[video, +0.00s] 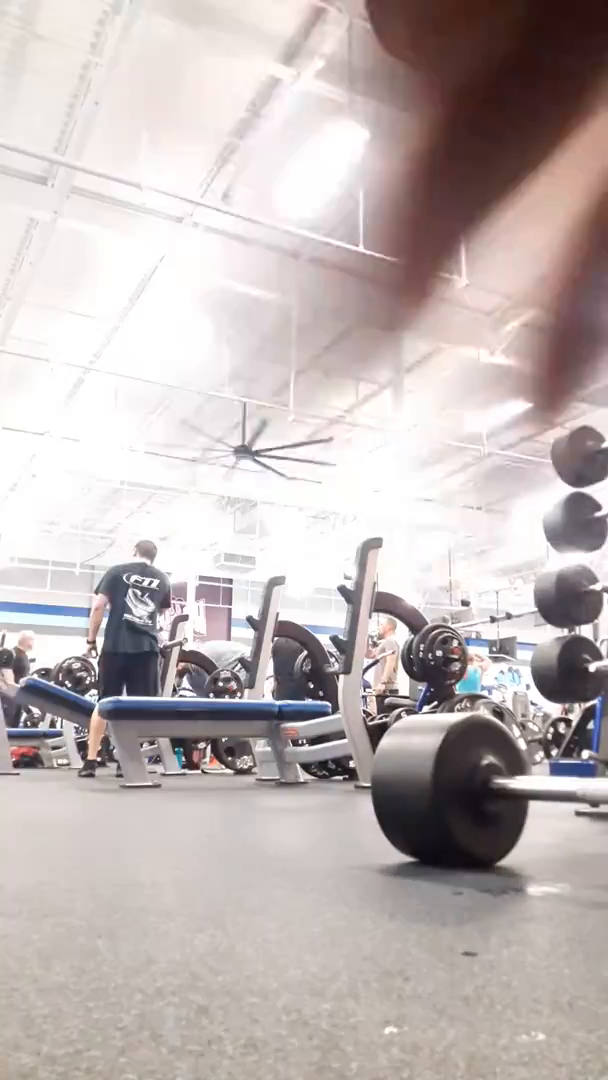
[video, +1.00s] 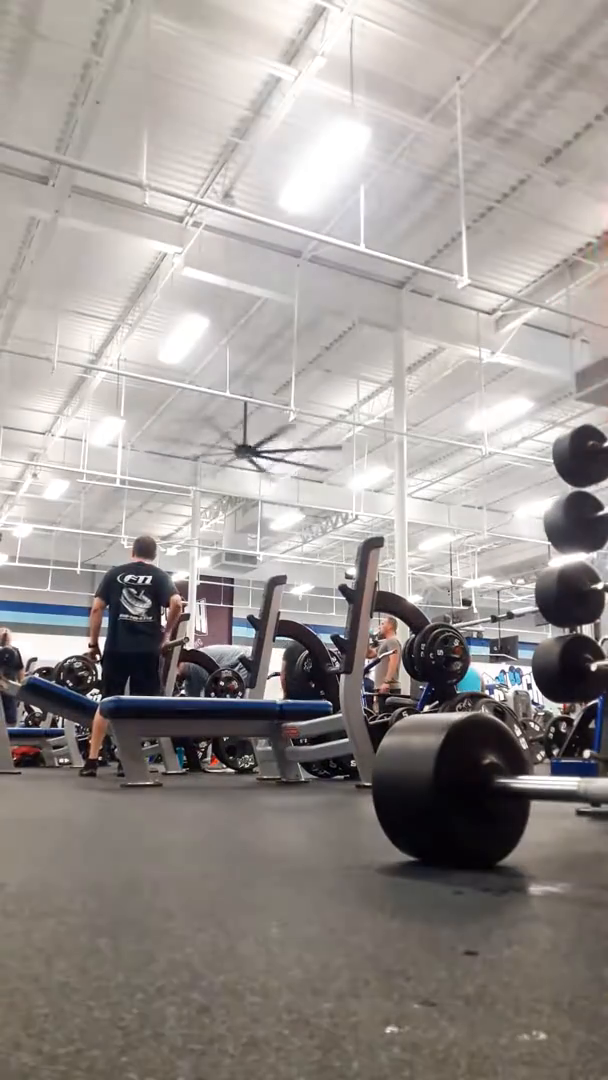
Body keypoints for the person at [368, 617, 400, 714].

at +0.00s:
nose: (379, 627)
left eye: (382, 625)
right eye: (380, 625)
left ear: (389, 627)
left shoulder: (390, 643)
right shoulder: (384, 643)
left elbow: (390, 663)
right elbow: (370, 654)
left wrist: (383, 682)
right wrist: (366, 640)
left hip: (387, 689)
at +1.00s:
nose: (380, 626)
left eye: (383, 623)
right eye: (381, 623)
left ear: (390, 626)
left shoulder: (392, 641)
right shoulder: (385, 642)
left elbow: (394, 662)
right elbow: (370, 654)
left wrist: (387, 682)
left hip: (388, 688)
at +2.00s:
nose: (385, 631)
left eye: (387, 628)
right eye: (382, 629)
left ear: (392, 629)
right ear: (379, 631)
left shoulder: (395, 642)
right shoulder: (383, 644)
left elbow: (396, 660)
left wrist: (377, 665)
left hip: (391, 688)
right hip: (383, 688)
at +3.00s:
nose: (378, 632)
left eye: (380, 629)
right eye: (379, 629)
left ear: (386, 628)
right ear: (387, 628)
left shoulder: (391, 643)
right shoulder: (392, 642)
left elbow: (386, 662)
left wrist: (374, 668)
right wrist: (374, 667)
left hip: (389, 691)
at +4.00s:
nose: (381, 631)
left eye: (384, 628)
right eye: (379, 628)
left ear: (389, 630)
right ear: (376, 631)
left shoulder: (394, 643)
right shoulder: (377, 648)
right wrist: (377, 686)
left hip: (391, 689)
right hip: (380, 688)